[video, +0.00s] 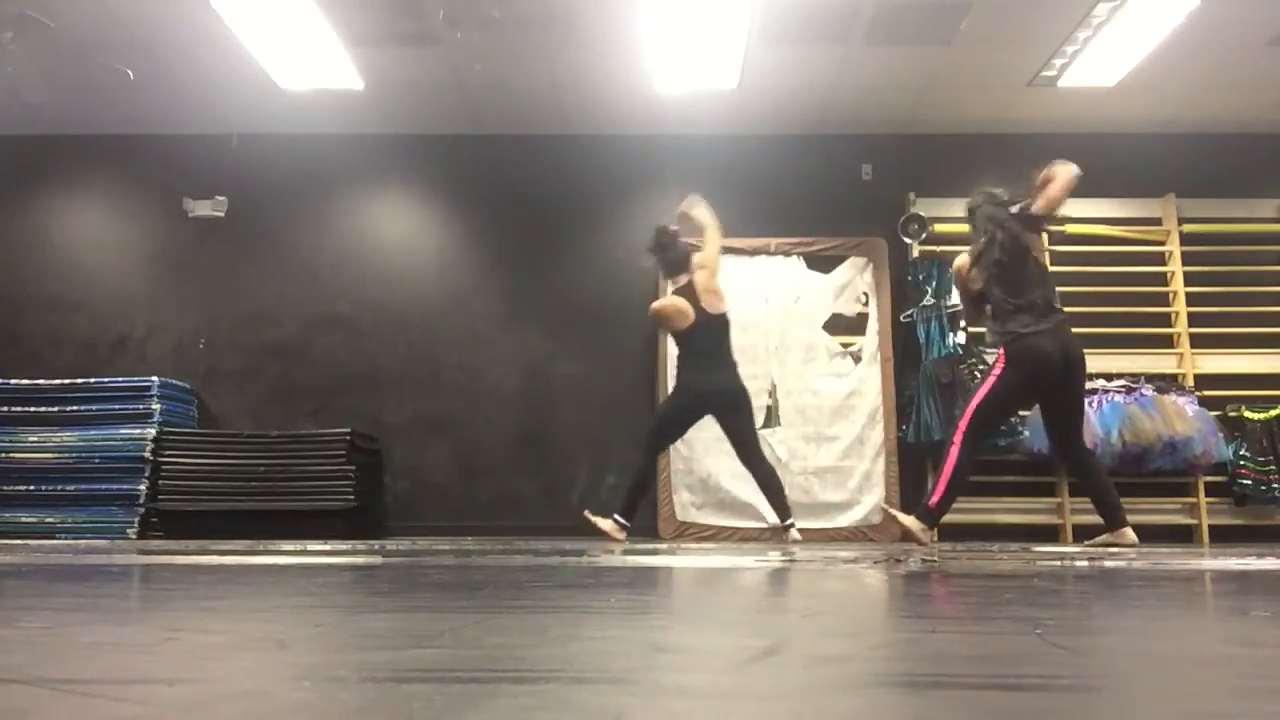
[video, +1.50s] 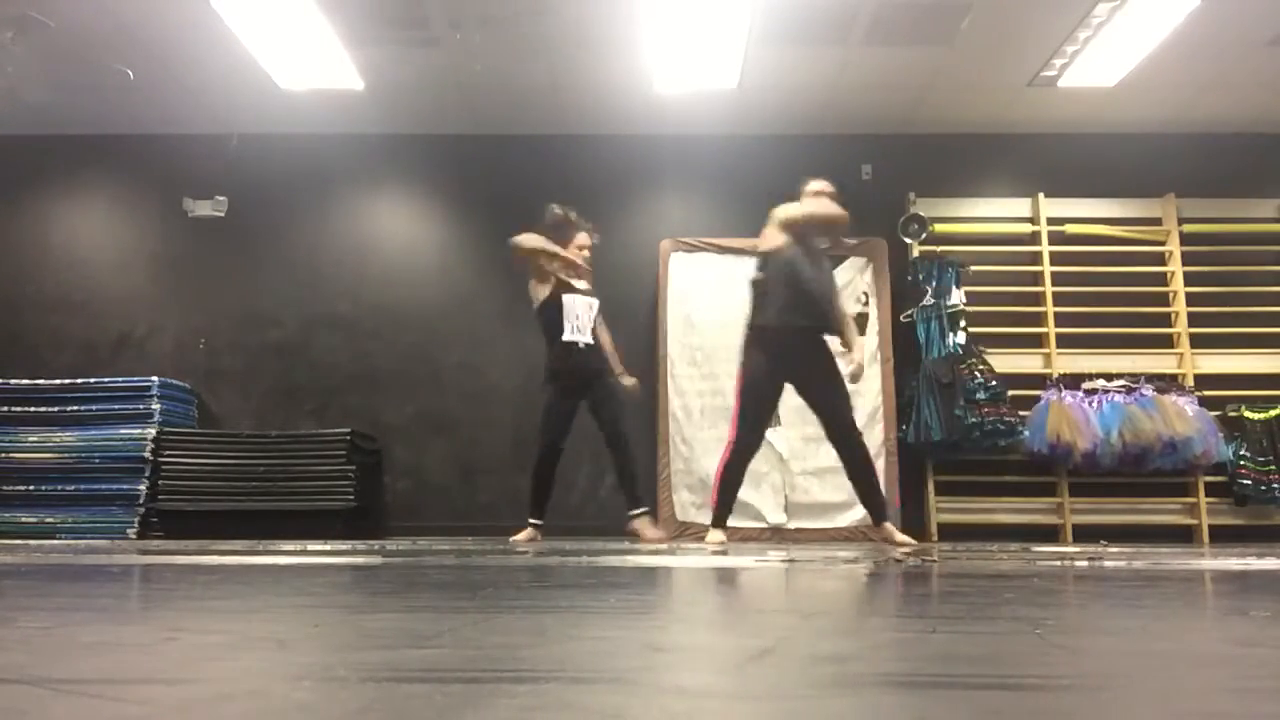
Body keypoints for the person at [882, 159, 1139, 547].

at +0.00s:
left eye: (972, 214)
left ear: (973, 220)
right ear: (1007, 208)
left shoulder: (966, 263)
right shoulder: (1026, 222)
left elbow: (974, 311)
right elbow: (1066, 176)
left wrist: (975, 282)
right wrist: (1055, 170)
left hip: (1022, 354)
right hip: (1065, 346)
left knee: (966, 432)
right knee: (1072, 447)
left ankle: (926, 520)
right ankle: (1120, 527)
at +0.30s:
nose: (1043, 215)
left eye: (1040, 209)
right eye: (1038, 209)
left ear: (999, 215)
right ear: (1026, 214)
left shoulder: (975, 252)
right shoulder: (1041, 243)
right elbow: (1091, 193)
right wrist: (1127, 145)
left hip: (1004, 345)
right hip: (1048, 338)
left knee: (968, 439)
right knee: (1083, 439)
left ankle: (924, 521)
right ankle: (1121, 528)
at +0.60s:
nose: (932, 299)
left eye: (935, 292)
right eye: (931, 292)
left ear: (947, 290)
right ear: (970, 280)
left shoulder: (950, 317)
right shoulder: (1006, 294)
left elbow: (930, 372)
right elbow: (1055, 298)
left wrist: (932, 331)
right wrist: (1110, 293)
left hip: (1042, 370)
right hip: (1076, 365)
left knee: (970, 433)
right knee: (1047, 457)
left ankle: (921, 524)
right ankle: (1116, 528)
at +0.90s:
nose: (874, 310)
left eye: (881, 300)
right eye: (870, 302)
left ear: (908, 302)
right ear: (872, 307)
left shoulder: (946, 322)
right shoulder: (887, 336)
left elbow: (981, 375)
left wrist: (918, 375)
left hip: (998, 383)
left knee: (944, 440)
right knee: (994, 492)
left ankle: (917, 529)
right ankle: (1093, 511)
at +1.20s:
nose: (890, 229)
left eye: (896, 223)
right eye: (881, 223)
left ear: (905, 233)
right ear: (866, 233)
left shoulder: (911, 276)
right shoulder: (855, 274)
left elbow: (914, 336)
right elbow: (909, 307)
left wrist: (877, 373)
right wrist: (961, 322)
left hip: (902, 360)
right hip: (856, 363)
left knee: (905, 437)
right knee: (845, 434)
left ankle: (910, 526)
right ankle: (830, 475)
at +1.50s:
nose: (826, 201)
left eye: (830, 196)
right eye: (818, 195)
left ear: (835, 206)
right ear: (800, 200)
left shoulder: (820, 259)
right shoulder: (778, 229)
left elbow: (836, 308)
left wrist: (854, 346)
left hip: (809, 347)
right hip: (766, 345)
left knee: (845, 434)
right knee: (746, 438)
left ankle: (881, 523)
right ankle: (717, 526)